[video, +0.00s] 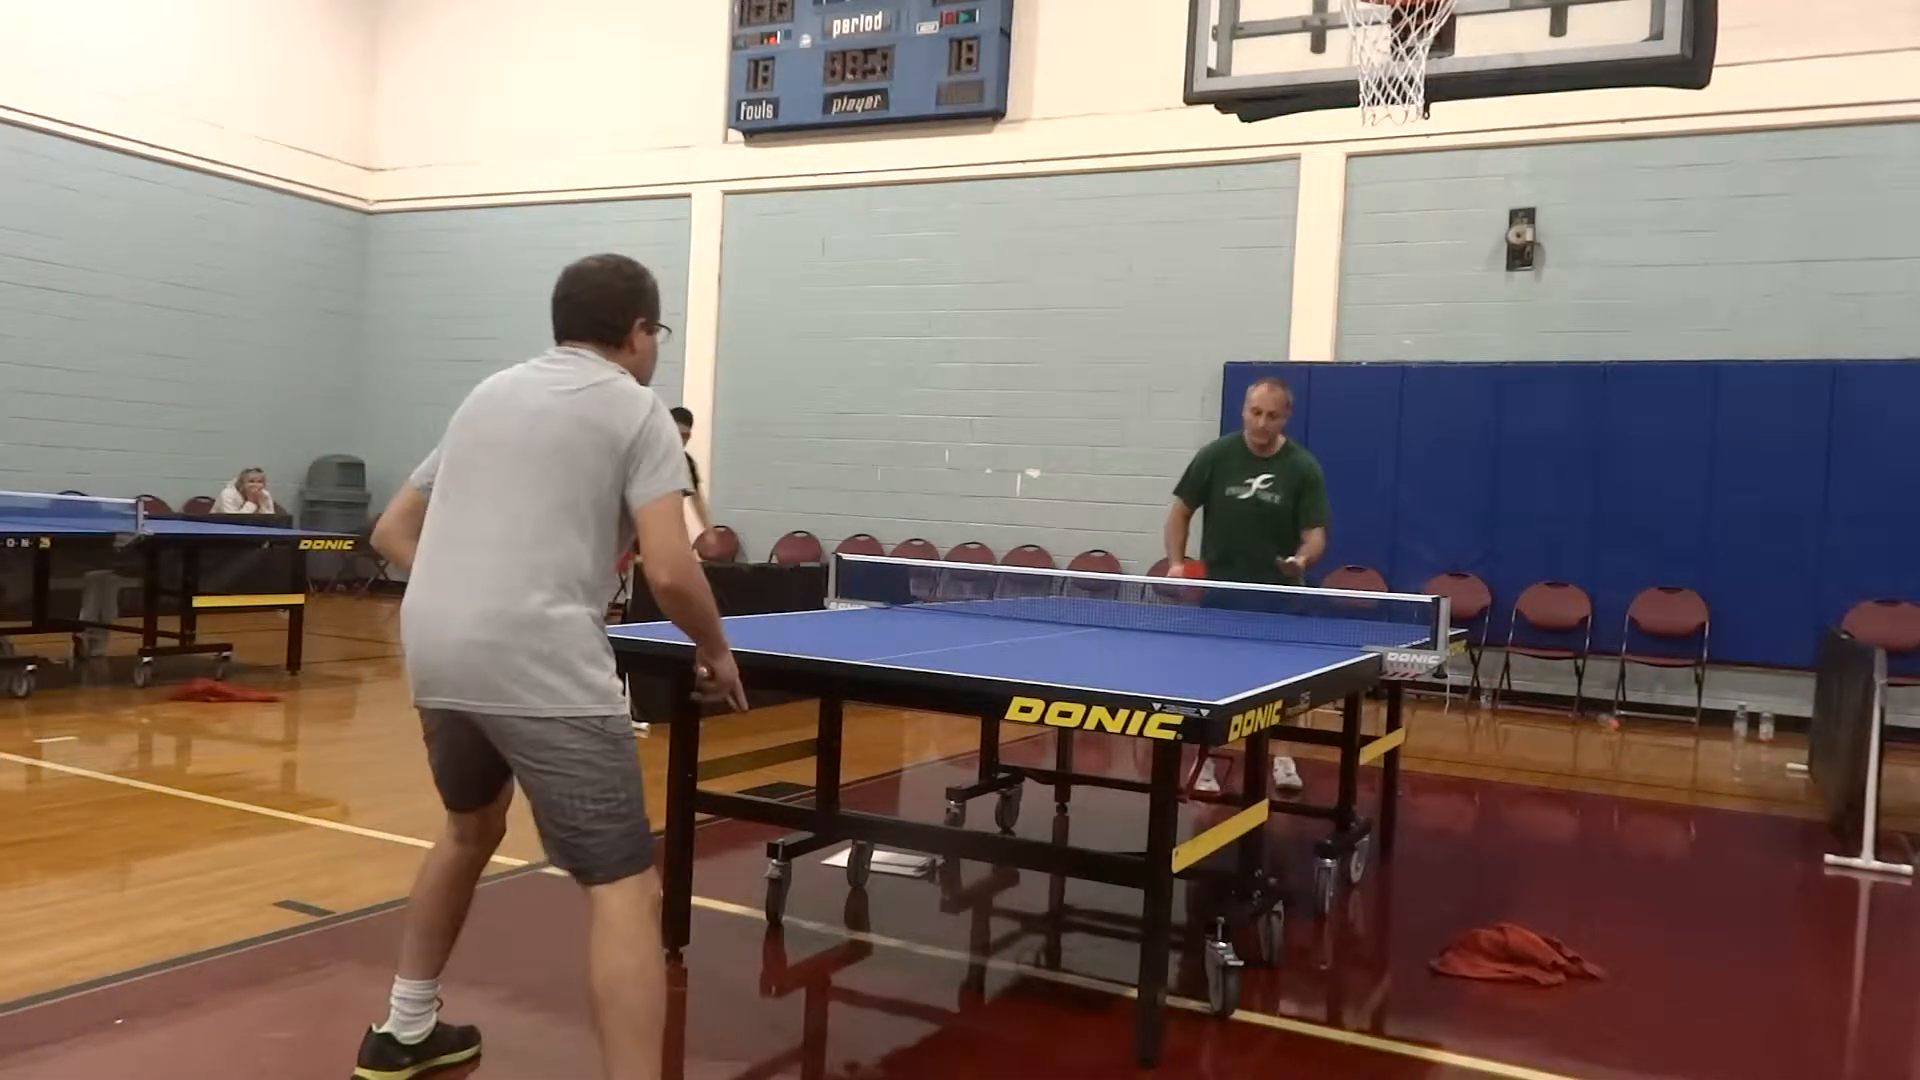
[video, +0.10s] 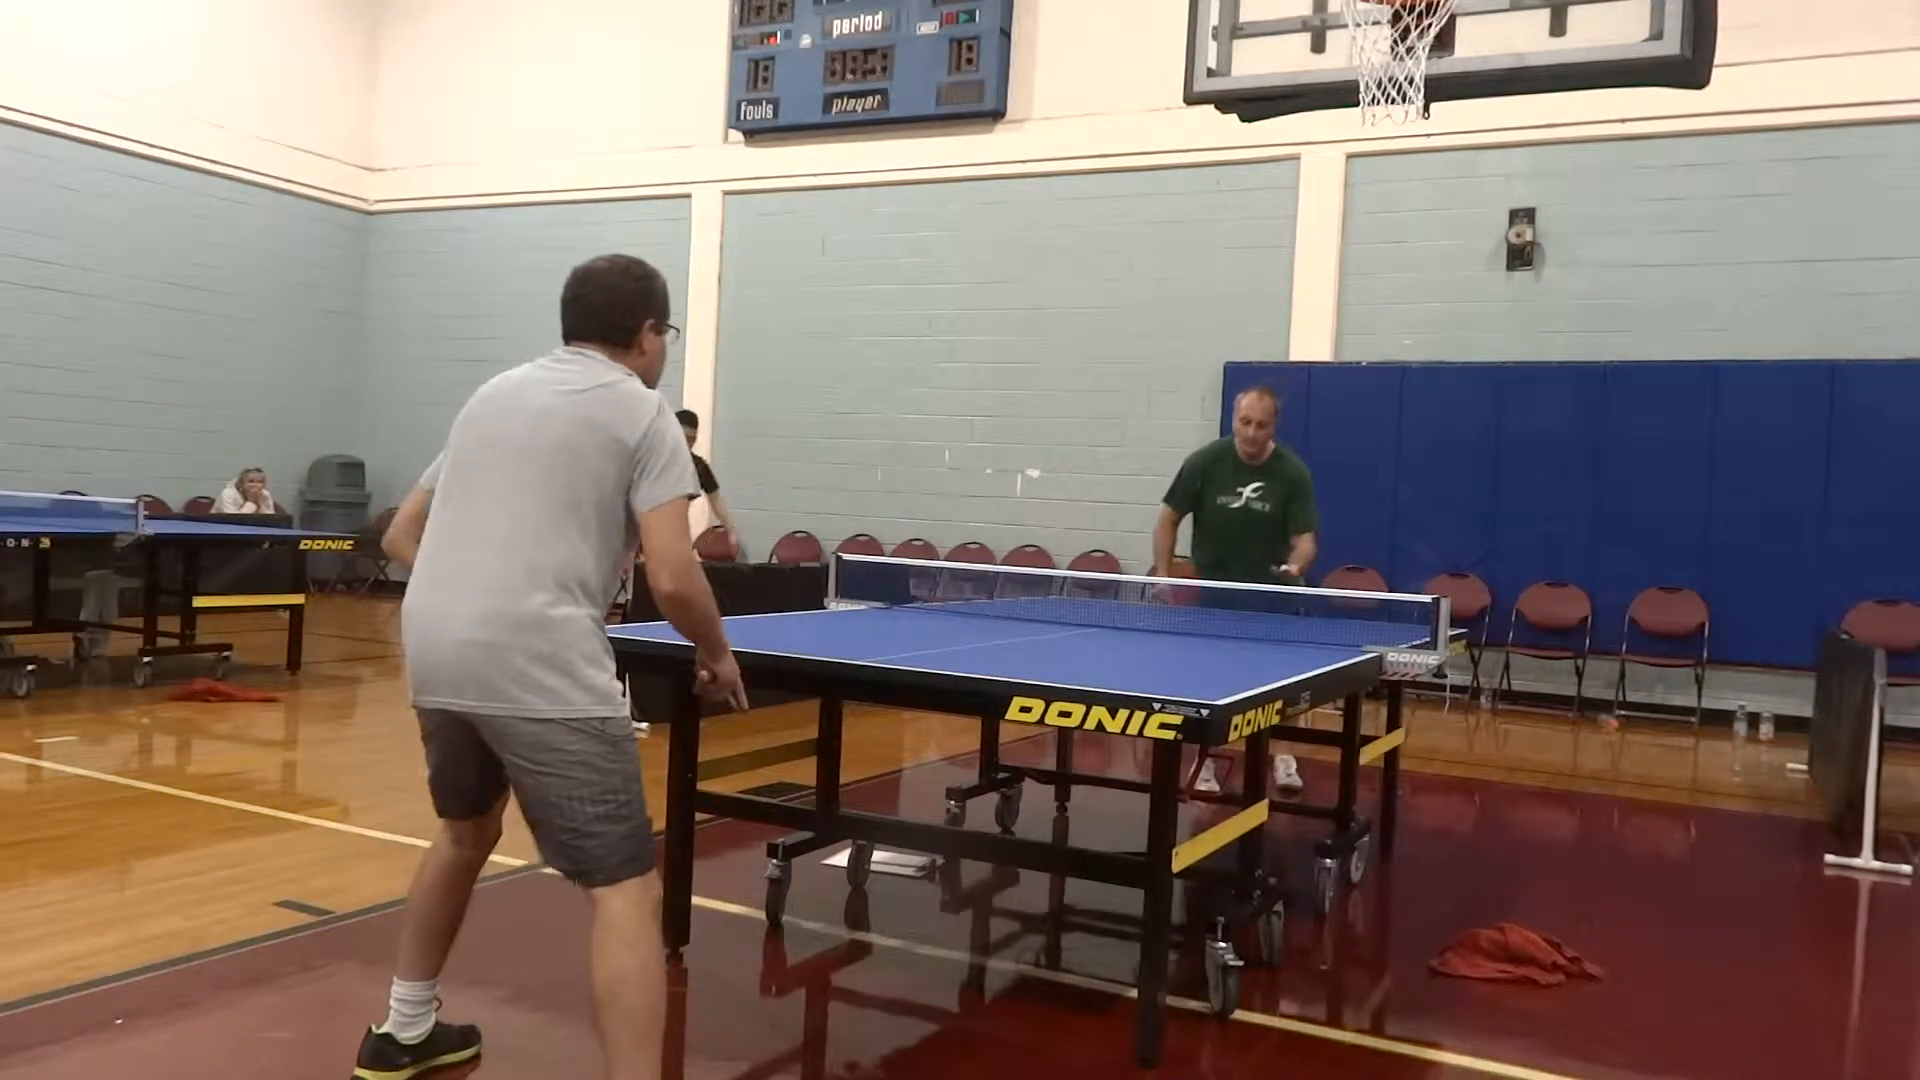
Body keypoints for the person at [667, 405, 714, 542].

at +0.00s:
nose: (681, 440)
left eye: (685, 435)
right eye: (677, 433)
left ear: (690, 435)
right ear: (668, 431)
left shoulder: (687, 462)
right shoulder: (653, 459)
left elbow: (696, 498)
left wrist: (707, 531)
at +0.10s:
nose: (687, 442)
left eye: (691, 438)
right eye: (683, 437)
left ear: (696, 437)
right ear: (673, 434)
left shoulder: (698, 464)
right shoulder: (655, 461)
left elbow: (715, 497)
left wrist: (729, 527)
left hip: (680, 527)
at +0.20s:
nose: (691, 445)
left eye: (696, 440)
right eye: (687, 439)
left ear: (700, 439)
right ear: (676, 437)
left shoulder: (704, 466)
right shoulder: (661, 461)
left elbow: (723, 499)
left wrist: (738, 526)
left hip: (687, 539)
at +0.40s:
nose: (695, 447)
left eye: (701, 442)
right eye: (690, 441)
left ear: (709, 440)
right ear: (682, 437)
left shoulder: (717, 464)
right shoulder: (670, 460)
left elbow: (735, 499)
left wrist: (742, 529)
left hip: (705, 540)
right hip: (673, 539)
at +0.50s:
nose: (703, 449)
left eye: (709, 443)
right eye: (697, 442)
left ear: (716, 441)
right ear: (687, 438)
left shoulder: (725, 465)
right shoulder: (677, 461)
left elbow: (743, 501)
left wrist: (746, 536)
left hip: (713, 539)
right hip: (680, 538)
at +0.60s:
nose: (711, 458)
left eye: (717, 452)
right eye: (705, 451)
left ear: (724, 447)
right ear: (695, 446)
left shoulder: (733, 471)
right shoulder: (683, 468)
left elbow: (752, 509)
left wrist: (752, 544)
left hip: (722, 547)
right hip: (689, 547)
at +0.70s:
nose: (718, 472)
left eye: (725, 467)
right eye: (712, 466)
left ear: (732, 464)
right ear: (704, 460)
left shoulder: (742, 483)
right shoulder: (690, 478)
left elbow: (759, 522)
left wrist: (759, 560)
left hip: (731, 557)